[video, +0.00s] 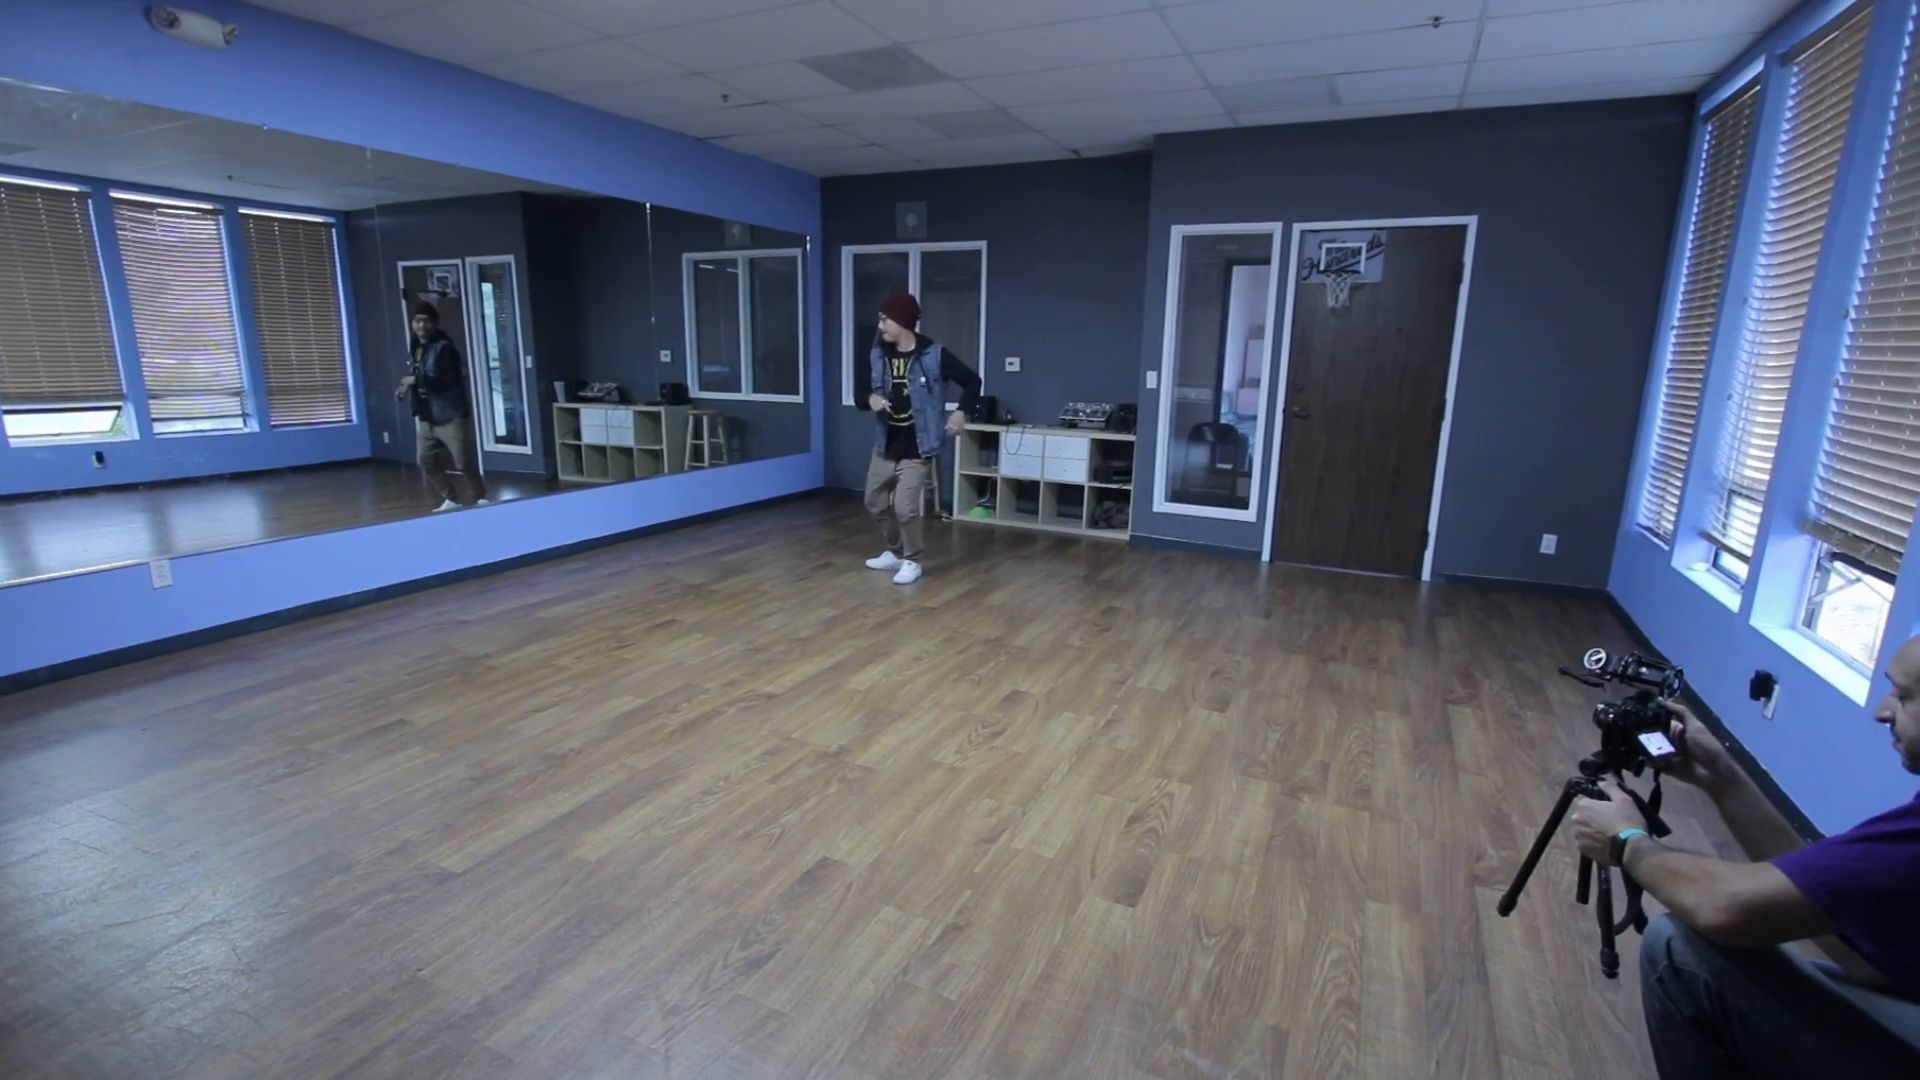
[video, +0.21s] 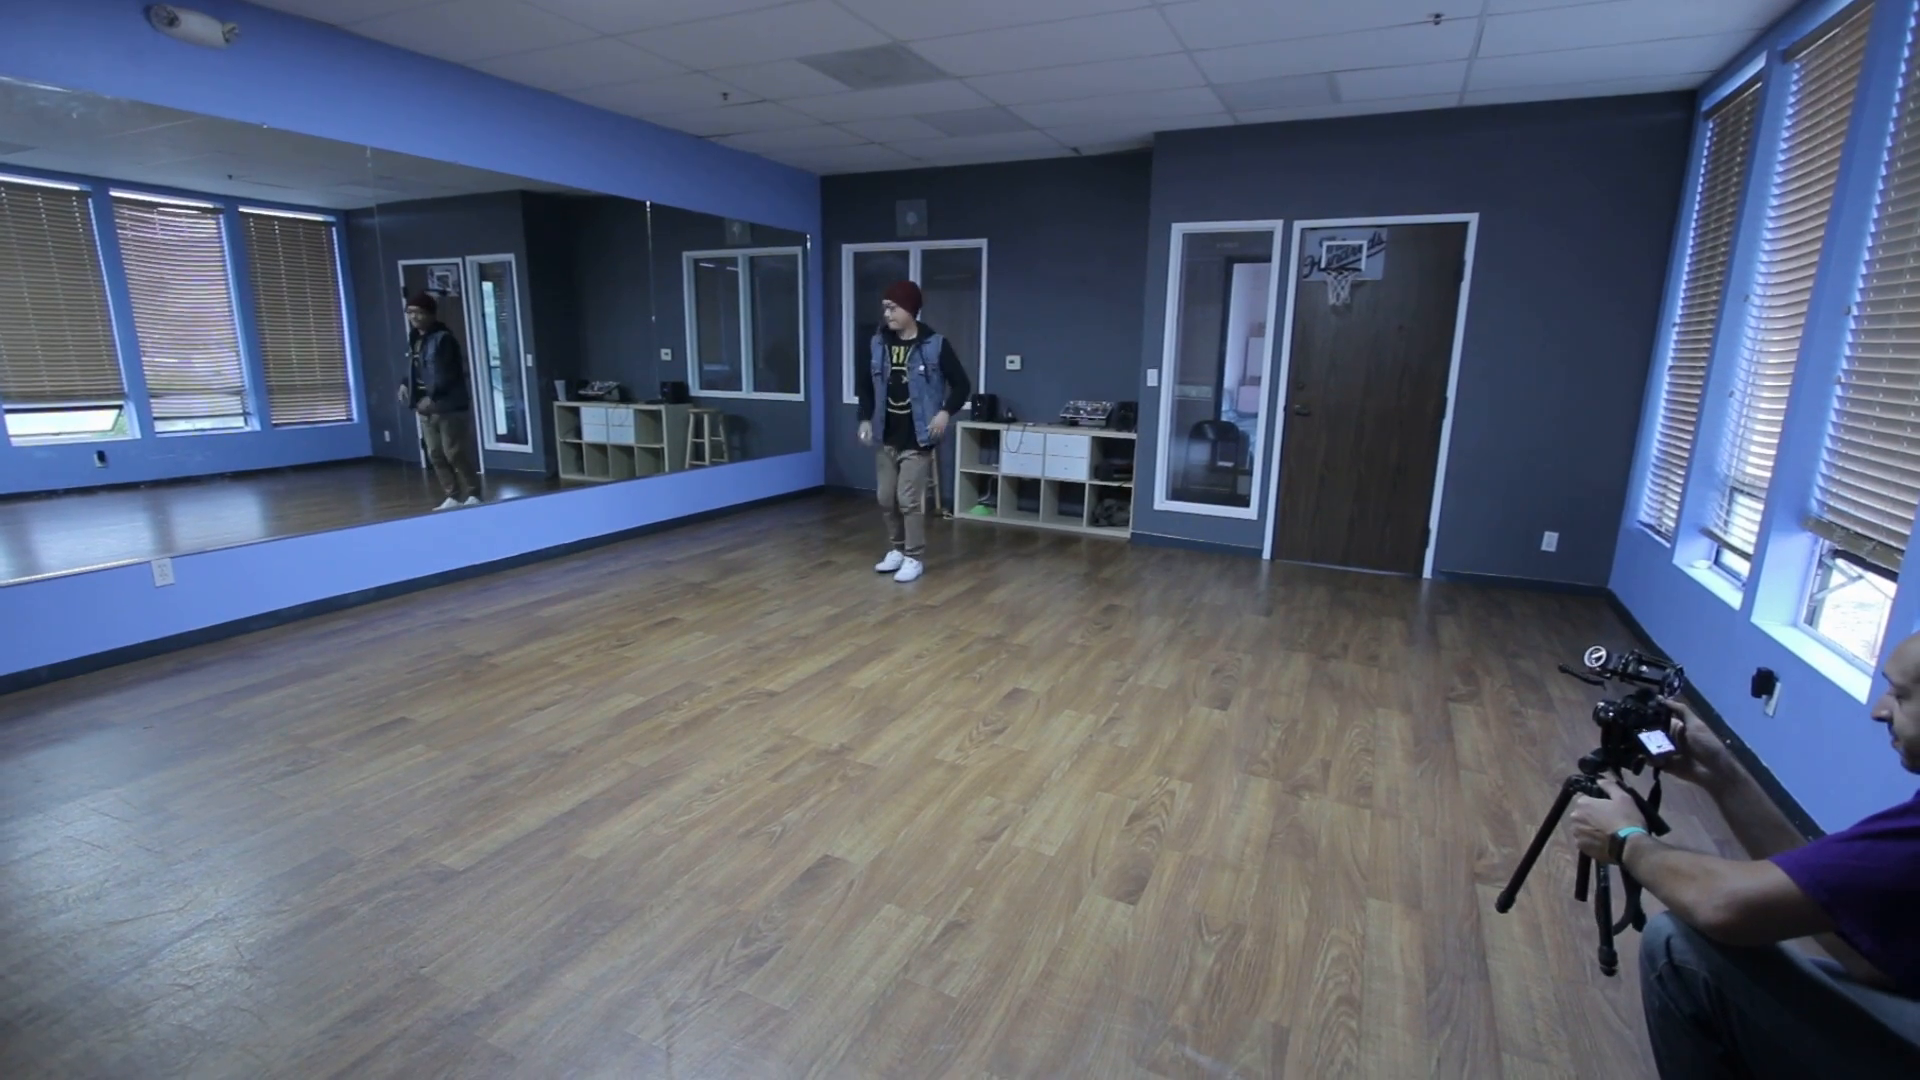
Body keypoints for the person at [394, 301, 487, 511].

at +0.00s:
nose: (420, 325)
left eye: (425, 321)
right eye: (416, 321)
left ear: (434, 324)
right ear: (412, 325)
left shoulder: (445, 348)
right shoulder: (417, 349)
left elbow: (445, 380)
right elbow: (420, 376)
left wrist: (416, 380)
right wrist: (407, 387)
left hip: (450, 413)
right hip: (426, 414)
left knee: (462, 462)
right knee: (426, 461)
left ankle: (480, 496)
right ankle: (450, 498)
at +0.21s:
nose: (413, 317)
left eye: (418, 312)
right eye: (410, 313)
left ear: (430, 314)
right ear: (407, 316)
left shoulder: (444, 339)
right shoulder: (416, 340)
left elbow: (448, 375)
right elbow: (415, 372)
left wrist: (432, 398)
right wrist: (406, 386)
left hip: (450, 404)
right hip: (427, 404)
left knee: (454, 450)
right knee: (435, 453)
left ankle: (473, 492)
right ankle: (452, 494)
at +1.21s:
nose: (404, 315)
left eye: (408, 311)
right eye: (404, 310)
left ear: (420, 314)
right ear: (422, 314)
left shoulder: (424, 342)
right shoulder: (437, 335)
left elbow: (416, 378)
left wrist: (403, 407)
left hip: (435, 405)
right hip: (439, 402)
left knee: (433, 453)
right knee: (419, 442)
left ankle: (452, 499)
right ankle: (427, 490)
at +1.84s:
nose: (371, 320)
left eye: (374, 316)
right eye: (372, 316)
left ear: (387, 318)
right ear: (390, 318)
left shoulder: (393, 342)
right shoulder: (404, 338)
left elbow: (390, 379)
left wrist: (381, 410)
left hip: (413, 408)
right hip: (411, 407)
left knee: (419, 454)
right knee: (399, 452)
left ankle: (444, 498)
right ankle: (419, 496)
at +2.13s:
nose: (358, 316)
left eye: (361, 311)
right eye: (358, 311)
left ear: (373, 312)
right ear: (373, 313)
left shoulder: (386, 336)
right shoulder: (382, 335)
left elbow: (394, 370)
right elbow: (386, 374)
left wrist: (397, 400)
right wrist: (382, 401)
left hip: (401, 404)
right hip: (405, 403)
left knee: (399, 450)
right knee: (410, 451)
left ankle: (409, 497)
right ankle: (421, 497)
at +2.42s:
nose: (351, 320)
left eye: (354, 316)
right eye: (351, 316)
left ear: (363, 318)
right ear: (372, 317)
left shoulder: (373, 341)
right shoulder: (385, 336)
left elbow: (382, 378)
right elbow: (387, 377)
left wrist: (381, 411)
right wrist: (386, 406)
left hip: (388, 410)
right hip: (400, 408)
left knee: (370, 451)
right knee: (398, 452)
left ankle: (375, 500)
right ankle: (421, 496)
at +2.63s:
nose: (334, 321)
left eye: (337, 316)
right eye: (335, 316)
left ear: (349, 318)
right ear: (358, 318)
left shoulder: (355, 343)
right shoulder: (375, 336)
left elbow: (360, 382)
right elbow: (386, 376)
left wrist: (357, 415)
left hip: (370, 413)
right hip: (388, 409)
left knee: (359, 458)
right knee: (397, 454)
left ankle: (348, 505)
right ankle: (422, 497)